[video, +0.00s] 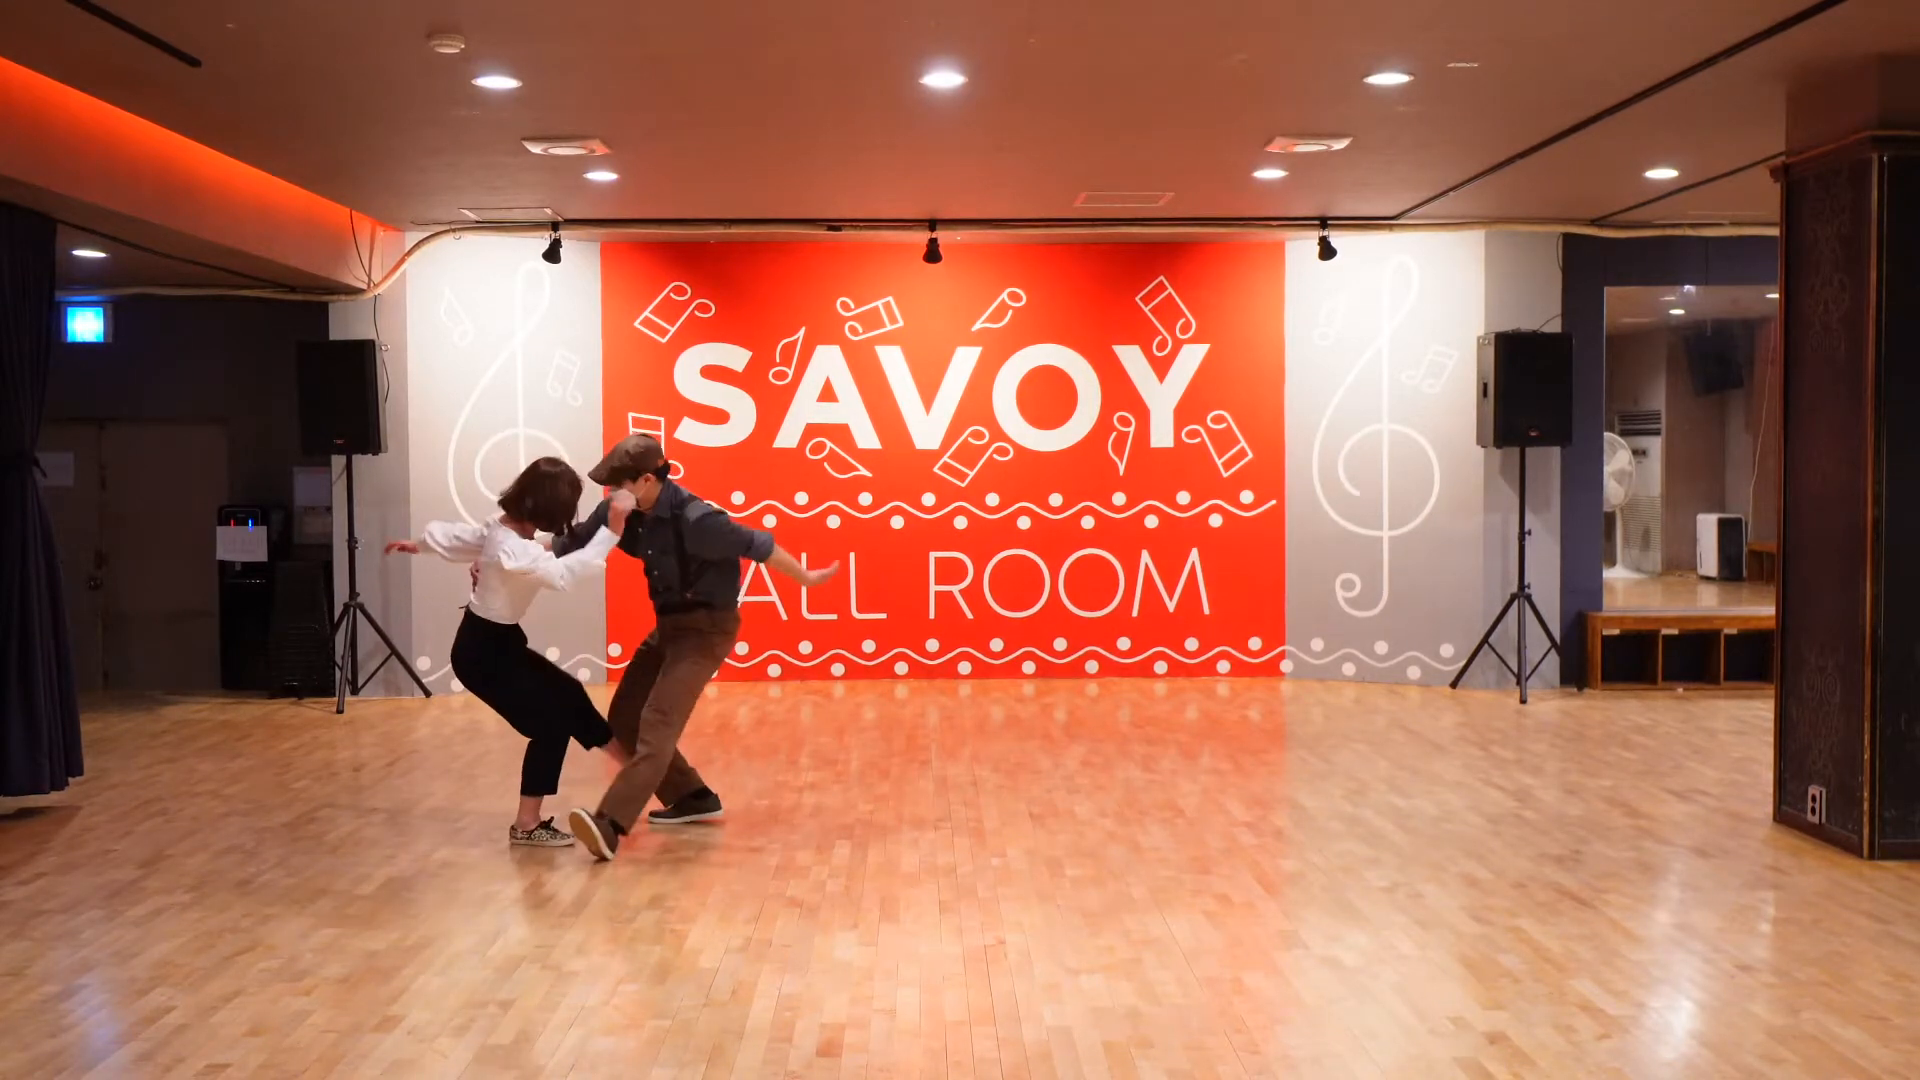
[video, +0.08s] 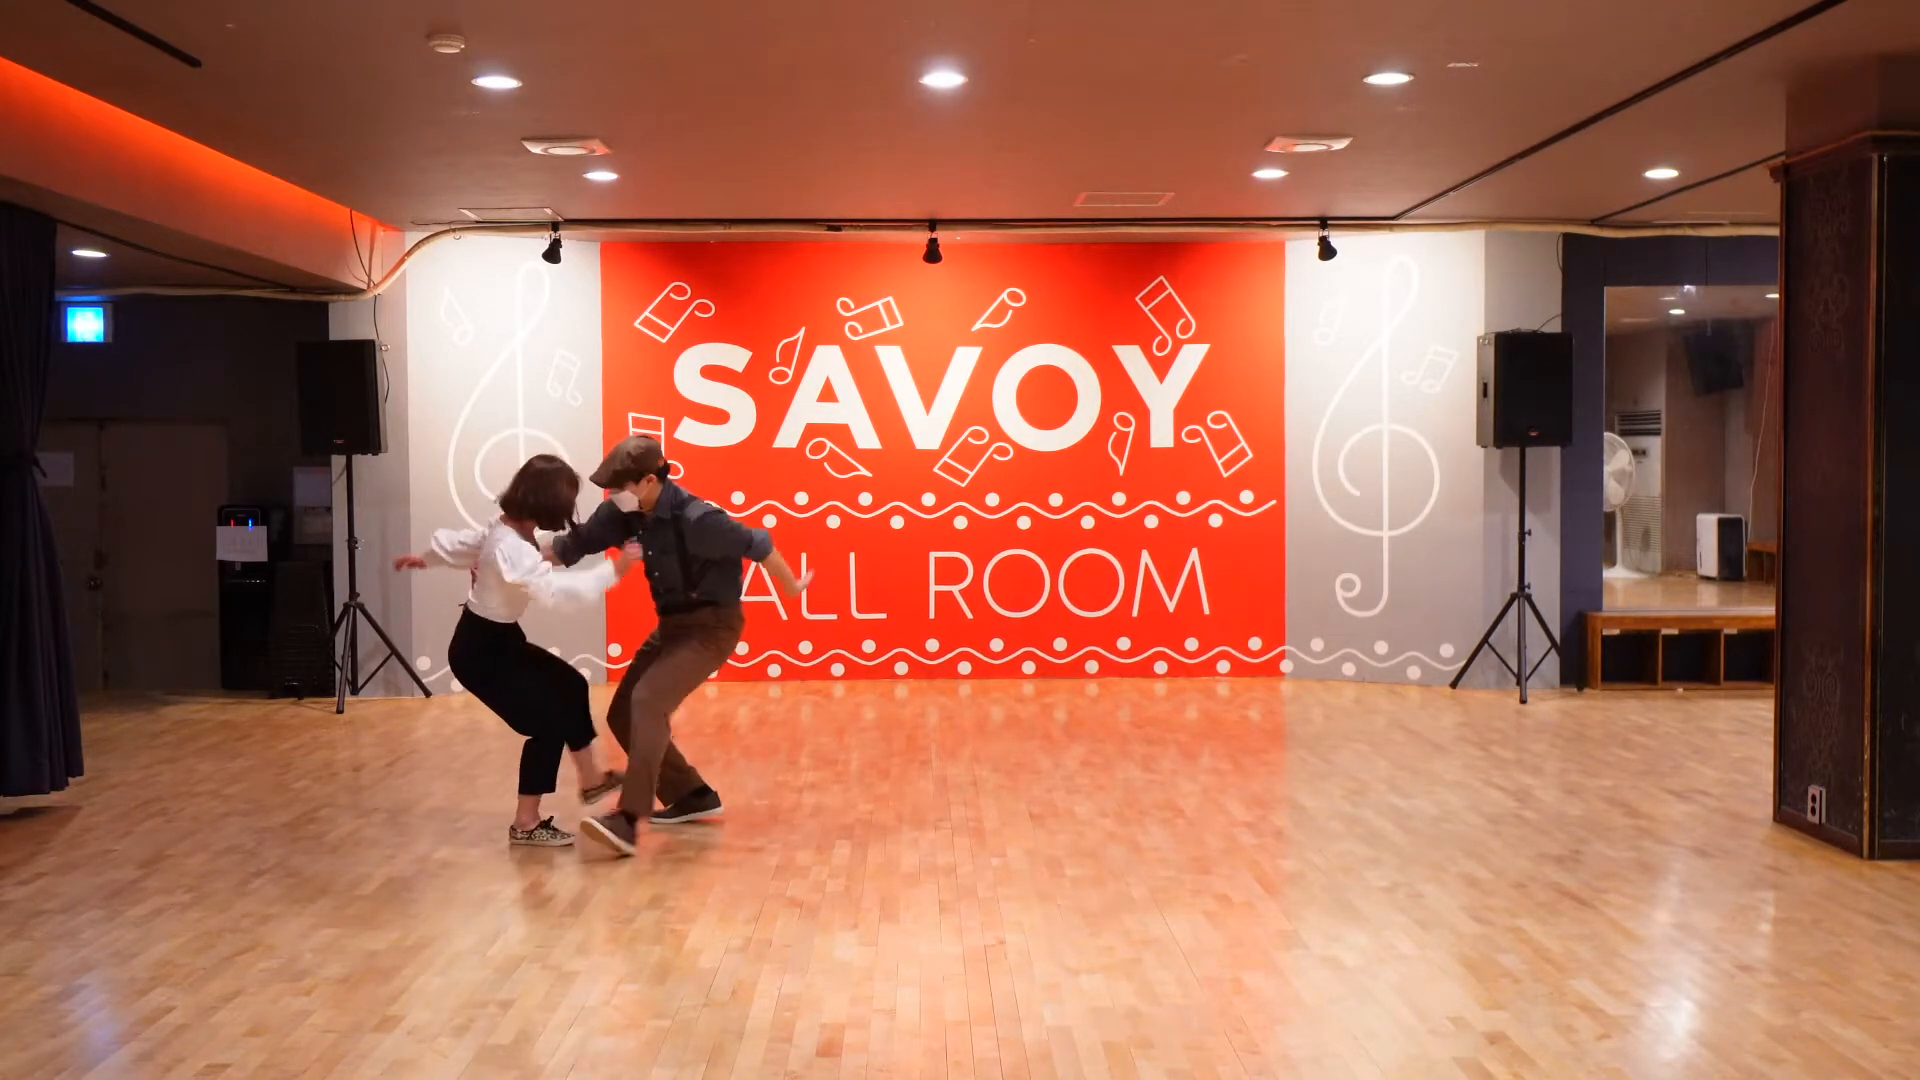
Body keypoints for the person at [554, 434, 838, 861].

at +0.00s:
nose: (614, 492)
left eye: (622, 483)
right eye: (613, 483)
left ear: (649, 480)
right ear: (637, 481)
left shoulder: (696, 519)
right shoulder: (625, 513)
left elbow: (761, 546)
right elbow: (572, 542)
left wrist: (806, 577)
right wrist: (527, 557)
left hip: (707, 630)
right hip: (669, 629)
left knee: (659, 720)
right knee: (624, 719)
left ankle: (610, 825)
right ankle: (692, 797)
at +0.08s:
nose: (613, 496)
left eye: (620, 488)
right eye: (612, 488)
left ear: (648, 482)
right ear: (643, 482)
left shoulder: (697, 519)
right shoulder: (625, 513)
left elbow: (762, 546)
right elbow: (574, 544)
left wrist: (792, 587)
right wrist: (531, 550)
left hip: (712, 628)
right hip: (672, 628)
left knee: (649, 702)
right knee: (623, 715)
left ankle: (628, 819)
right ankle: (693, 796)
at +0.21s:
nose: (616, 502)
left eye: (622, 493)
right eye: (613, 494)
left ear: (650, 484)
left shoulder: (705, 524)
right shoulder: (624, 524)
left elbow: (749, 589)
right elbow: (568, 561)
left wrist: (758, 656)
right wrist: (509, 571)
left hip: (712, 637)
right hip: (674, 636)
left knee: (636, 703)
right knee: (618, 718)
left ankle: (691, 803)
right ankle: (687, 795)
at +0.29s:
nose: (616, 507)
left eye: (622, 499)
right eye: (613, 499)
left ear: (651, 488)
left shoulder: (703, 530)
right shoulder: (629, 529)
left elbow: (742, 604)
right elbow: (575, 568)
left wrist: (722, 675)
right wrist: (515, 575)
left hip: (710, 648)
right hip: (674, 646)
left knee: (644, 727)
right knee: (619, 725)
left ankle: (704, 811)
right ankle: (683, 800)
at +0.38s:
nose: (614, 510)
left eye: (620, 501)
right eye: (610, 502)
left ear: (649, 490)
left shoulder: (700, 526)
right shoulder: (626, 532)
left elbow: (726, 604)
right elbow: (572, 571)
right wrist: (512, 573)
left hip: (724, 638)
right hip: (683, 637)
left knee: (649, 725)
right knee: (620, 721)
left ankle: (698, 816)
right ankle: (690, 795)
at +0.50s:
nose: (611, 508)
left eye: (617, 499)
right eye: (606, 501)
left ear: (645, 485)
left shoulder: (689, 512)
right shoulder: (626, 525)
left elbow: (679, 570)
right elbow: (567, 567)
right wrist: (509, 562)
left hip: (731, 633)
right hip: (691, 631)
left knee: (656, 721)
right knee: (616, 682)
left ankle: (701, 816)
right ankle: (652, 776)